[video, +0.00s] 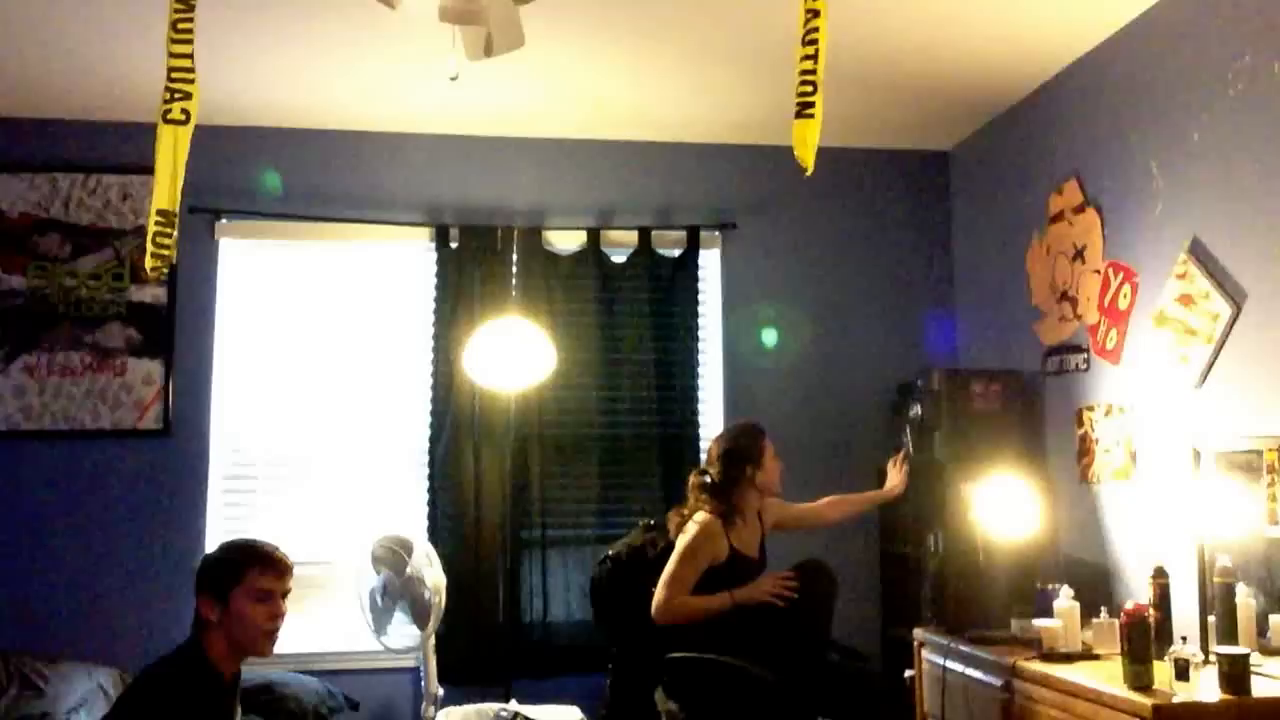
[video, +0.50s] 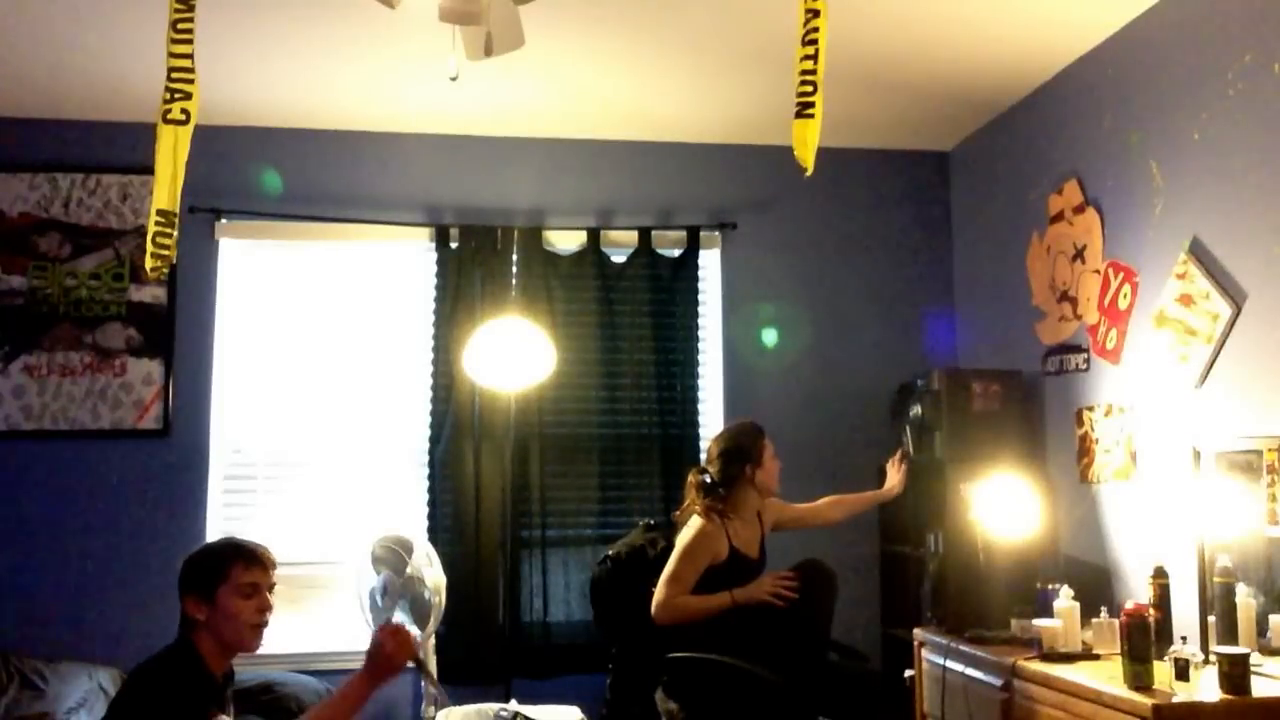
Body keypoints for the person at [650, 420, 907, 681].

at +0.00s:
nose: (781, 466)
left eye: (776, 457)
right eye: (773, 458)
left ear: (750, 473)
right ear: (751, 472)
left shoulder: (763, 512)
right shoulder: (704, 529)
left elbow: (827, 510)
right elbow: (664, 609)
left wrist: (886, 493)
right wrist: (743, 595)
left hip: (733, 639)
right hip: (693, 654)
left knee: (814, 576)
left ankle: (806, 684)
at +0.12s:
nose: (780, 464)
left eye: (776, 457)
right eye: (773, 458)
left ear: (749, 472)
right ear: (751, 472)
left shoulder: (762, 510)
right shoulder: (704, 530)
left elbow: (824, 511)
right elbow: (664, 608)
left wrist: (887, 492)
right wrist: (743, 594)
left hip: (732, 637)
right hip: (694, 654)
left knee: (814, 574)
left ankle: (806, 682)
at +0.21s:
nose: (780, 464)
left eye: (776, 457)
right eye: (773, 458)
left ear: (750, 473)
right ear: (751, 472)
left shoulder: (763, 511)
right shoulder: (704, 529)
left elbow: (826, 511)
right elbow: (663, 608)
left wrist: (887, 492)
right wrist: (742, 595)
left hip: (733, 637)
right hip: (694, 653)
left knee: (815, 574)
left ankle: (805, 685)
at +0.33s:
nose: (780, 464)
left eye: (776, 456)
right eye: (773, 458)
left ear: (751, 473)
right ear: (751, 472)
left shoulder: (764, 511)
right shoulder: (704, 530)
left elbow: (825, 511)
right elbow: (663, 609)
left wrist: (885, 493)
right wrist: (743, 595)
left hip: (734, 639)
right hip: (694, 654)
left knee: (815, 575)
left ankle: (806, 686)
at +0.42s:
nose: (779, 465)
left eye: (776, 456)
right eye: (772, 458)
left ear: (751, 473)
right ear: (751, 471)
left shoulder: (764, 511)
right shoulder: (704, 529)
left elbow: (823, 511)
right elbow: (664, 608)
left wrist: (885, 493)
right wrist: (743, 595)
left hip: (733, 638)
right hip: (694, 652)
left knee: (814, 575)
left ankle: (807, 685)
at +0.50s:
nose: (779, 464)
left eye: (775, 456)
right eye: (772, 458)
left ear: (750, 473)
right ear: (750, 471)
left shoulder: (763, 511)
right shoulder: (705, 529)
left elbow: (824, 511)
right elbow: (663, 609)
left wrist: (886, 492)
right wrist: (743, 595)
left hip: (732, 639)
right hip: (693, 654)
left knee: (814, 575)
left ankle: (806, 687)